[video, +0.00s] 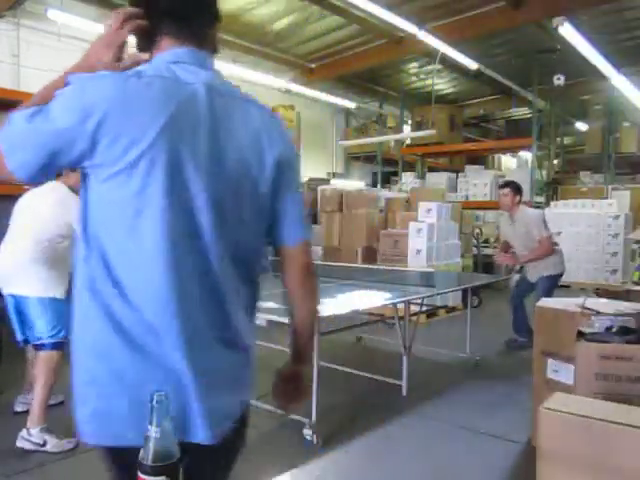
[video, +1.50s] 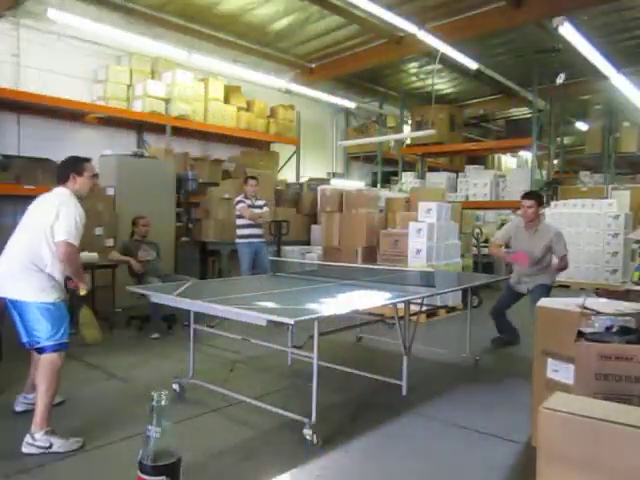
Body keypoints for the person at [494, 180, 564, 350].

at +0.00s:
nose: (501, 200)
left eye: (505, 195)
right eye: (500, 195)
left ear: (516, 197)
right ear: (501, 198)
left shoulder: (533, 216)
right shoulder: (506, 220)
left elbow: (547, 248)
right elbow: (506, 244)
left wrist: (519, 259)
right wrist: (502, 254)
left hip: (550, 266)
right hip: (531, 266)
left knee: (539, 301)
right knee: (515, 297)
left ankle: (544, 339)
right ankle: (523, 336)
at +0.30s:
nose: (518, 210)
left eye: (523, 206)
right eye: (516, 206)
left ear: (534, 208)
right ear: (514, 208)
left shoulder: (550, 228)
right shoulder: (511, 226)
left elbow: (562, 259)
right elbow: (488, 245)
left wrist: (546, 264)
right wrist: (493, 254)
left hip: (552, 276)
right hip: (529, 276)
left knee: (540, 305)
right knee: (512, 307)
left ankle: (544, 339)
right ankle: (523, 337)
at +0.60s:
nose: (520, 202)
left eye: (525, 197)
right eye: (519, 197)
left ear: (537, 200)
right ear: (517, 199)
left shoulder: (554, 225)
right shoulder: (516, 219)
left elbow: (570, 252)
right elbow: (495, 237)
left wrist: (554, 262)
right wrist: (497, 253)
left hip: (547, 273)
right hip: (525, 271)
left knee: (540, 305)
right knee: (506, 301)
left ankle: (543, 339)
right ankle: (512, 331)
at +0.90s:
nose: (506, 199)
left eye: (510, 195)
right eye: (505, 195)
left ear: (522, 198)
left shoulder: (537, 219)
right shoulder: (505, 220)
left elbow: (551, 249)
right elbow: (497, 242)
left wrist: (525, 261)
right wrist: (501, 256)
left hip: (541, 270)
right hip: (521, 271)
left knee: (537, 308)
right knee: (503, 299)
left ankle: (541, 345)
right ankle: (509, 334)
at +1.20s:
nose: (501, 200)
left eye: (505, 196)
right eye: (501, 196)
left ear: (517, 198)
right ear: (501, 198)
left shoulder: (533, 218)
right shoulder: (502, 219)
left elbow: (547, 248)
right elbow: (495, 241)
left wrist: (520, 260)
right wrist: (498, 255)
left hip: (542, 269)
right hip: (521, 269)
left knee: (539, 304)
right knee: (502, 299)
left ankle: (544, 343)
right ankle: (510, 334)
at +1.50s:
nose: (525, 212)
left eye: (529, 207)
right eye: (523, 207)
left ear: (539, 209)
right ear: (520, 209)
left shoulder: (552, 233)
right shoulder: (514, 226)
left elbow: (564, 261)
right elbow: (493, 247)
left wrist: (553, 270)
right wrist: (509, 257)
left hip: (541, 278)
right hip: (519, 278)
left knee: (539, 312)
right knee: (497, 311)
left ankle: (543, 347)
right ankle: (510, 336)